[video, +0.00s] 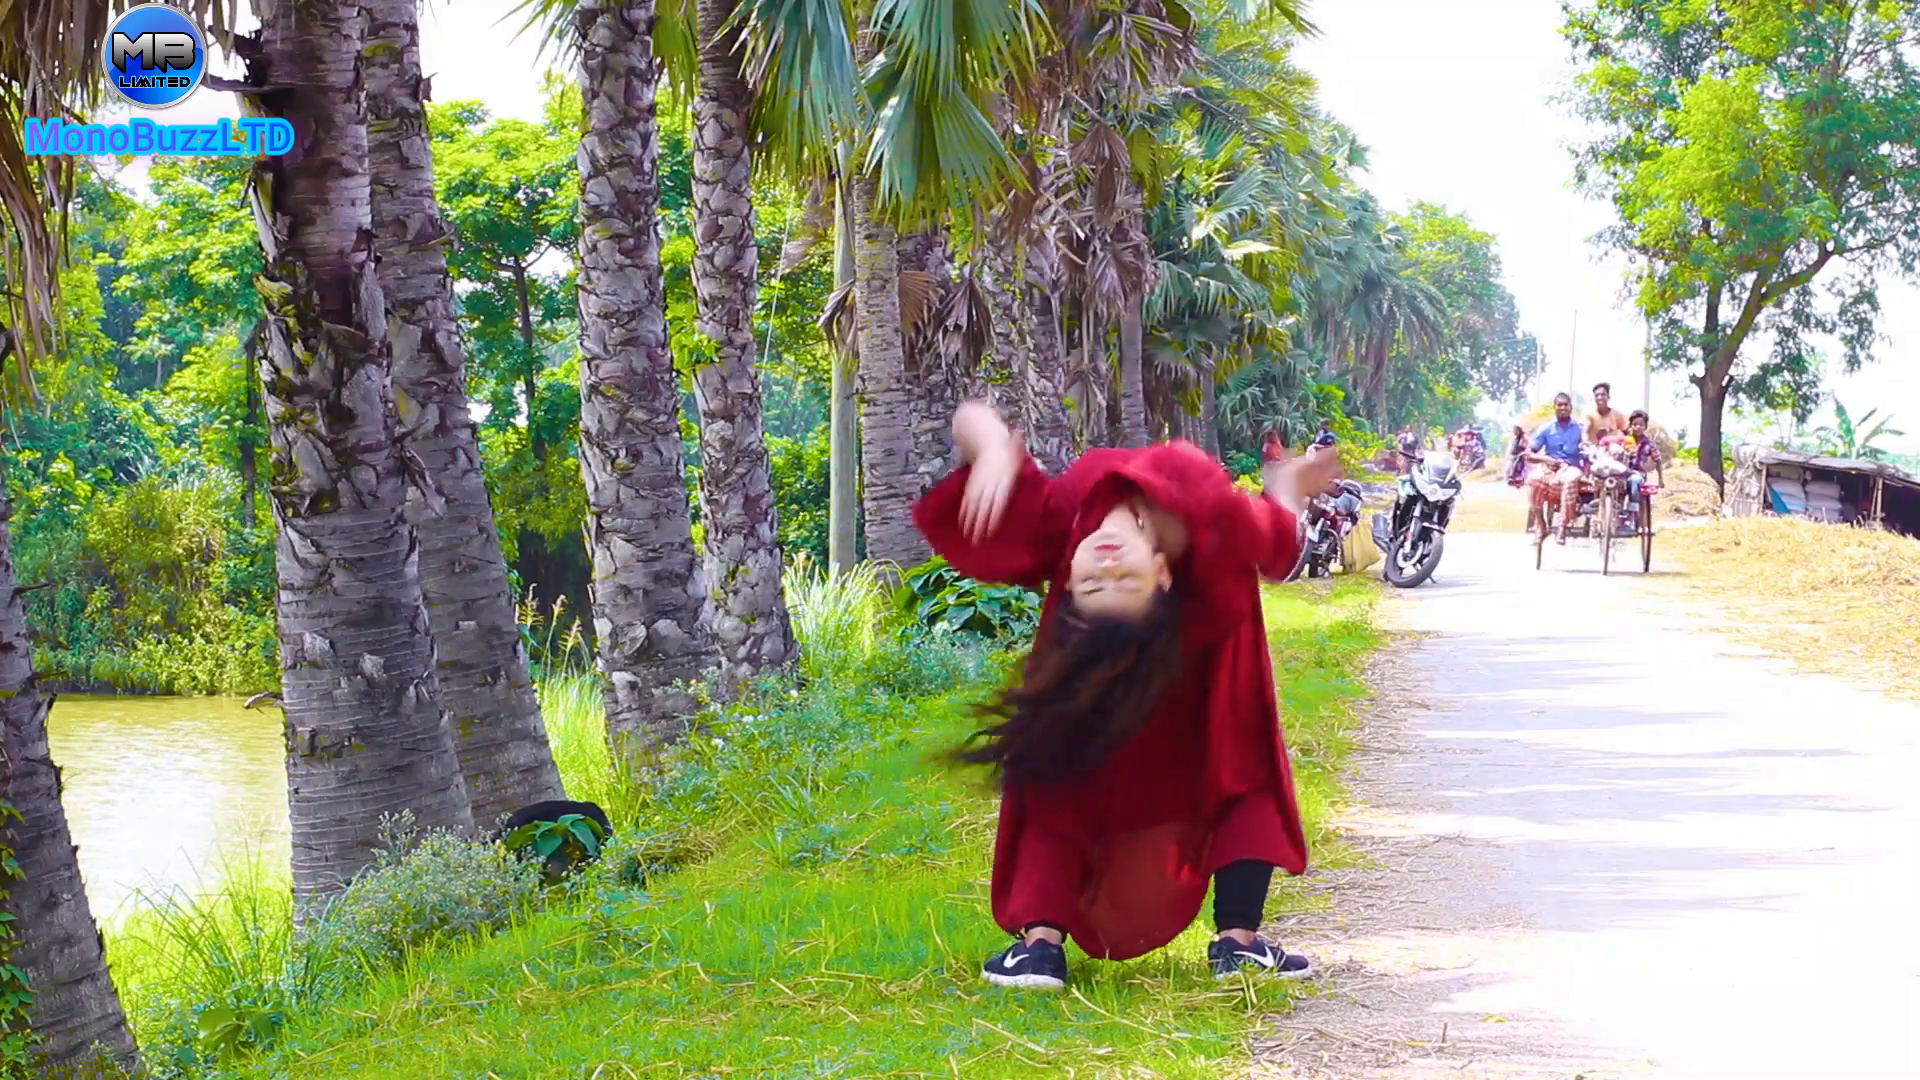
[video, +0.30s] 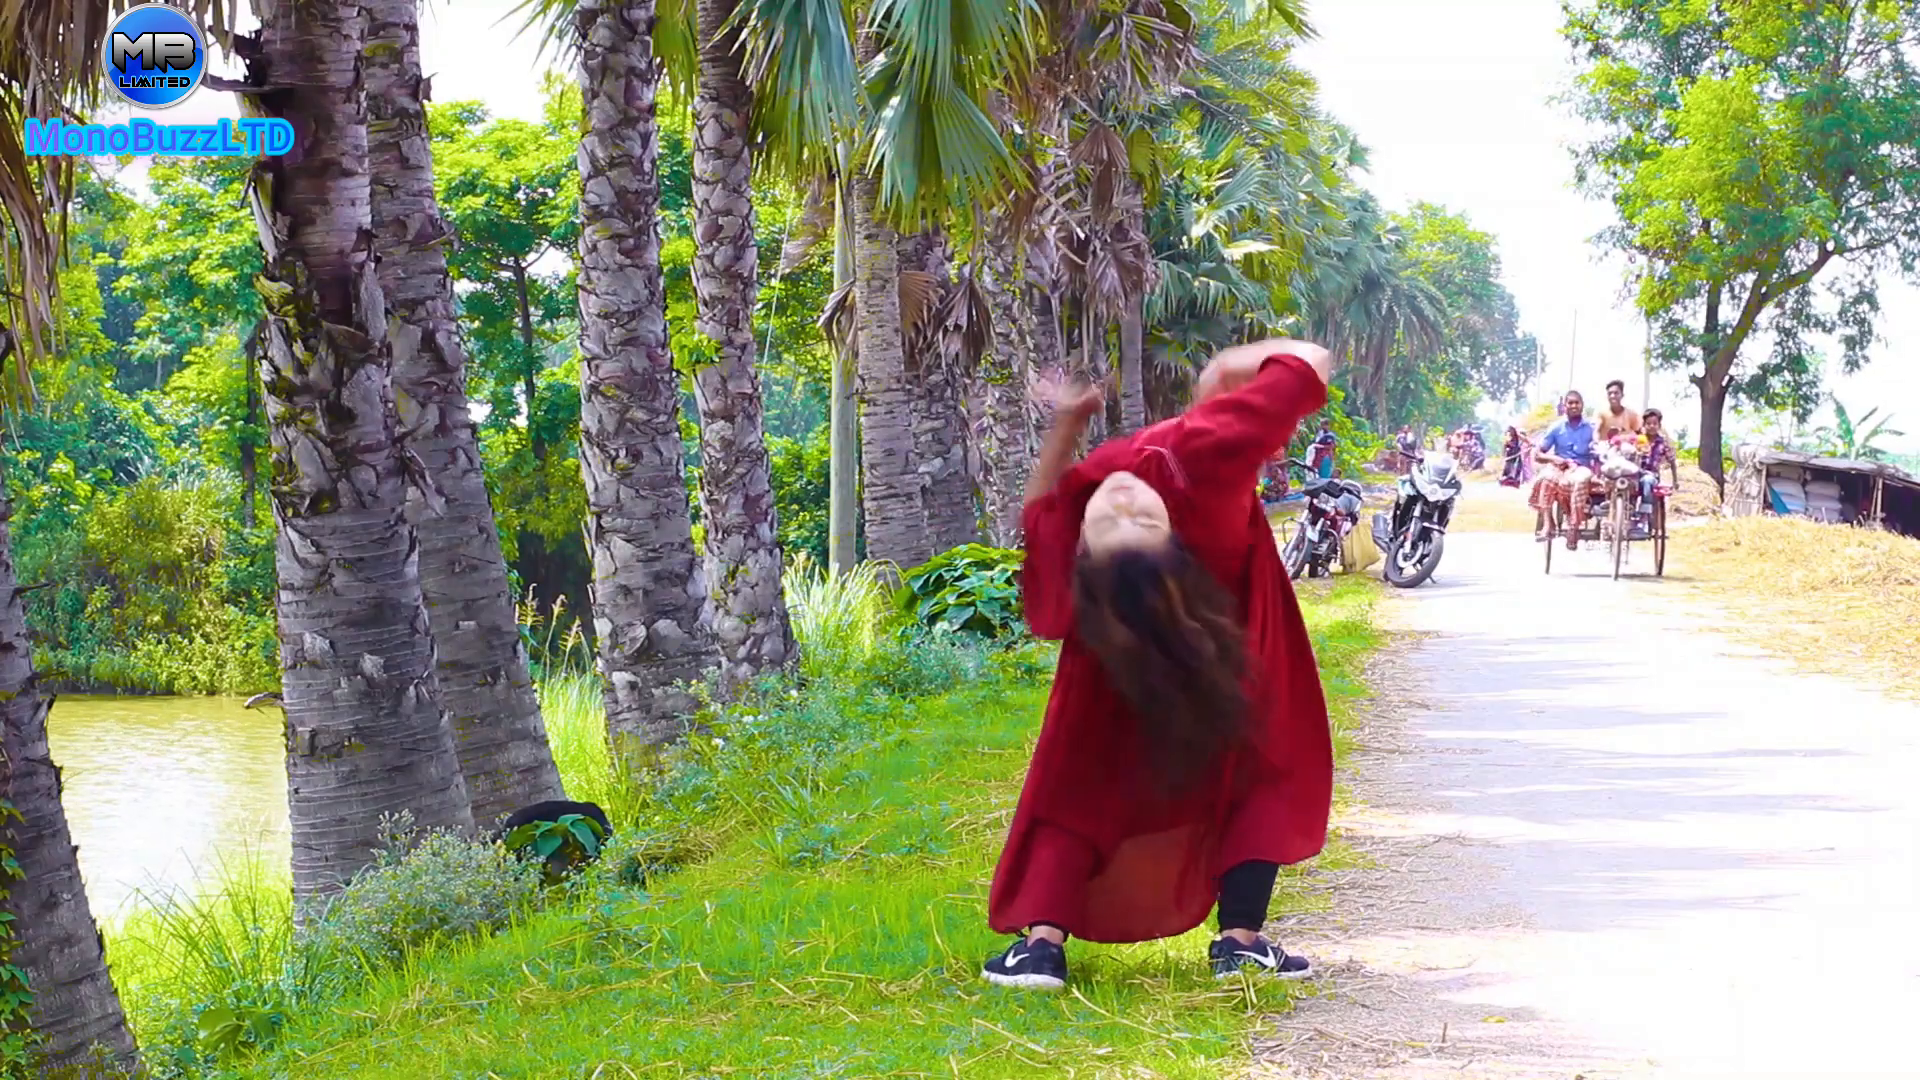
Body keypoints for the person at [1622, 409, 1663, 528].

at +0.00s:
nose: (1638, 427)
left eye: (1641, 424)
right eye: (1635, 424)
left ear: (1646, 427)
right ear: (1630, 426)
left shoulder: (1647, 443)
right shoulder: (1625, 440)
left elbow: (1658, 461)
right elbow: (1615, 454)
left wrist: (1660, 480)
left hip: (1637, 471)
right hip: (1622, 470)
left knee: (1633, 480)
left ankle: (1632, 514)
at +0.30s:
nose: (1651, 426)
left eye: (1654, 423)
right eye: (1648, 423)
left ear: (1659, 425)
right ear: (1644, 425)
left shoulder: (1663, 442)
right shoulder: (1638, 439)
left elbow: (1672, 461)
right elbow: (1629, 455)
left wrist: (1675, 481)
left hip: (1651, 472)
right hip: (1635, 470)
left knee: (1646, 480)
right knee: (1622, 480)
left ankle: (1645, 515)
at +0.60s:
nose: (1662, 425)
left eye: (1665, 422)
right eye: (1659, 422)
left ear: (1670, 424)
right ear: (1654, 423)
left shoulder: (1673, 442)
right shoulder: (1649, 439)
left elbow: (1684, 461)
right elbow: (1640, 456)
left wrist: (1688, 482)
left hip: (1663, 473)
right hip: (1647, 471)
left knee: (1659, 482)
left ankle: (1657, 516)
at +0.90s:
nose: (1672, 424)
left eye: (1676, 420)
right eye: (1669, 420)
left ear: (1681, 422)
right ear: (1665, 421)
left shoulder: (1686, 440)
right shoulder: (1660, 438)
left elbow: (1699, 460)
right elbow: (1650, 454)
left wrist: (1702, 482)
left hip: (1676, 473)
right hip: (1659, 472)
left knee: (1672, 484)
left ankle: (1672, 520)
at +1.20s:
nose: (1687, 424)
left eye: (1691, 420)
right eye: (1684, 420)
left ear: (1697, 422)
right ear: (1679, 421)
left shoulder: (1704, 442)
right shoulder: (1673, 439)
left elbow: (1713, 465)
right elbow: (1663, 458)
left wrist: (1716, 487)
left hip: (1691, 476)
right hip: (1672, 474)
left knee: (1686, 485)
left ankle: (1683, 529)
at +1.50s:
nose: (1705, 423)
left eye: (1709, 419)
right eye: (1702, 419)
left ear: (1716, 420)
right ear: (1697, 420)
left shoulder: (1719, 442)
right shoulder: (1691, 439)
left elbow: (1730, 464)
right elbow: (1681, 459)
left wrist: (1733, 484)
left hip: (1709, 477)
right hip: (1689, 475)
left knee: (1700, 487)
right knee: (1677, 489)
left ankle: (1699, 532)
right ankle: (1681, 529)